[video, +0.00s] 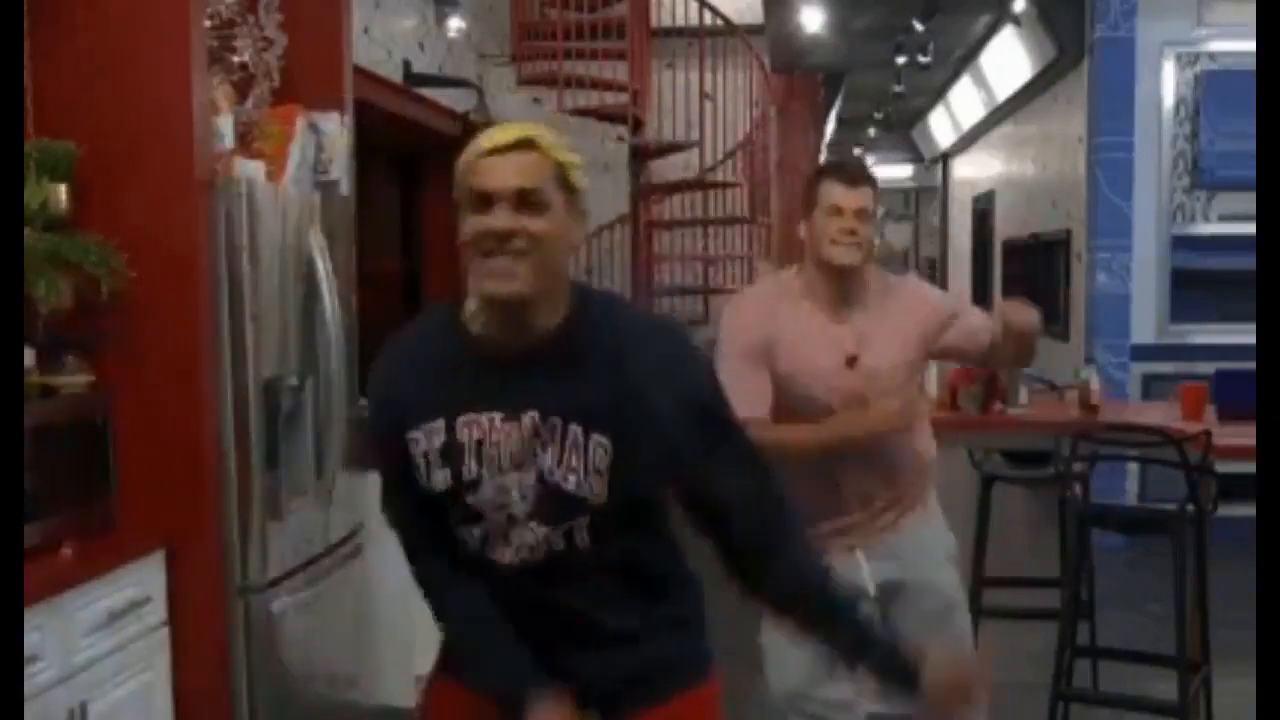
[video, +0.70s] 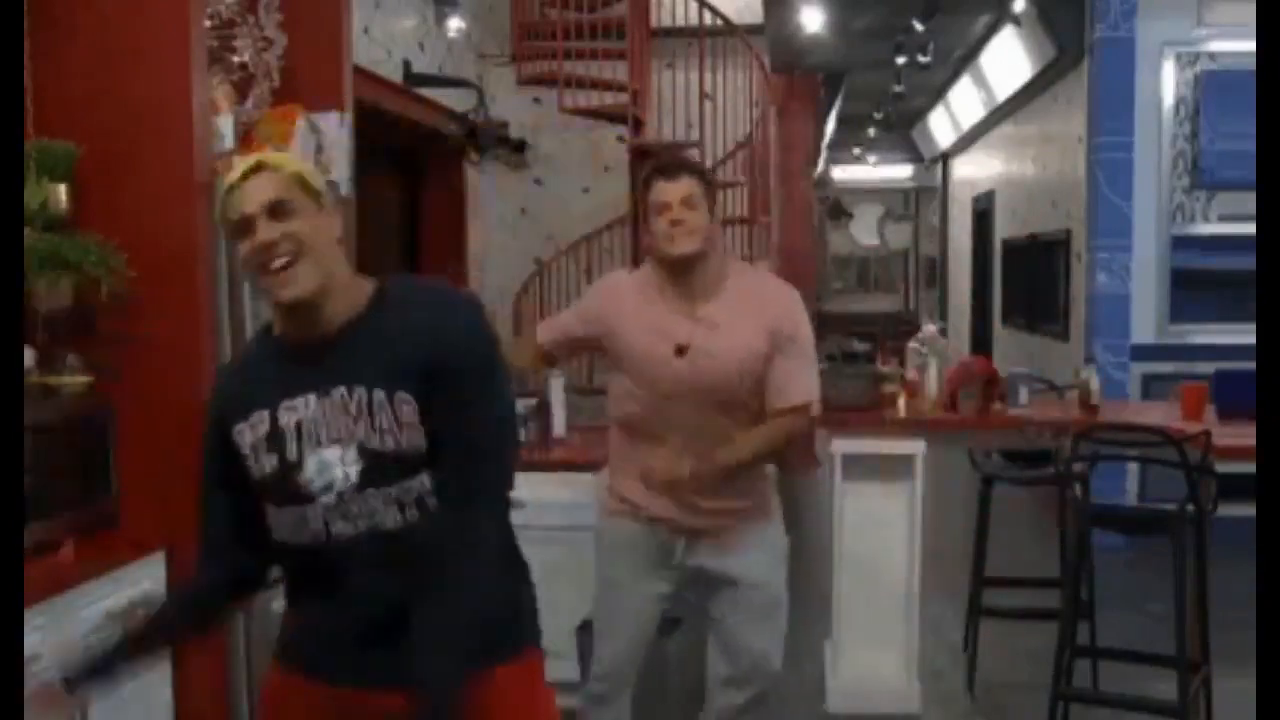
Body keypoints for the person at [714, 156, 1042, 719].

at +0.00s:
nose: (850, 226)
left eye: (863, 215)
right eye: (835, 213)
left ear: (876, 228)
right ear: (806, 225)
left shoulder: (910, 300)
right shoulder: (755, 311)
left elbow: (1004, 355)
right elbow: (745, 434)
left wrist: (1017, 332)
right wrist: (861, 424)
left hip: (906, 522)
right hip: (806, 536)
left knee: (949, 683)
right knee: (799, 693)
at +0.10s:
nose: (827, 231)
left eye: (840, 217)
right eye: (810, 220)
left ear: (860, 229)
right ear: (788, 238)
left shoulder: (908, 311)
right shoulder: (752, 323)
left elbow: (969, 404)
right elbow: (743, 445)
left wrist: (1023, 428)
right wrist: (839, 515)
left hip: (897, 549)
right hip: (785, 549)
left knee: (941, 704)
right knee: (771, 706)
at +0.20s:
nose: (780, 190)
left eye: (793, 177)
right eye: (764, 182)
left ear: (820, 189)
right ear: (750, 202)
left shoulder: (875, 278)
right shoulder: (711, 289)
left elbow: (905, 393)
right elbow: (675, 407)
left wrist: (927, 503)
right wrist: (687, 499)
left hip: (863, 529)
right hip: (741, 528)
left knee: (924, 694)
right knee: (661, 676)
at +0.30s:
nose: (754, 183)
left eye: (767, 170)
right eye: (739, 175)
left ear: (795, 183)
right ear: (725, 191)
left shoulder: (850, 267)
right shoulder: (686, 274)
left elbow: (880, 385)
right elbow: (622, 377)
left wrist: (864, 502)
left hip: (820, 505)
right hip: (705, 508)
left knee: (886, 669)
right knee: (653, 664)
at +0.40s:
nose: (708, 214)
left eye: (721, 200)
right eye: (693, 206)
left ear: (749, 213)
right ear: (679, 225)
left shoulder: (804, 302)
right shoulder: (642, 301)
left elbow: (818, 422)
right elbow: (550, 356)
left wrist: (752, 446)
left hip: (766, 527)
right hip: (656, 534)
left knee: (813, 667)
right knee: (616, 690)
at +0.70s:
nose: (675, 217)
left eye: (688, 205)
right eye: (661, 209)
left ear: (714, 214)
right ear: (646, 226)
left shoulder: (774, 302)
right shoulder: (617, 297)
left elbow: (793, 417)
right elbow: (536, 348)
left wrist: (704, 463)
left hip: (741, 521)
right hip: (638, 515)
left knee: (751, 672)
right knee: (611, 675)